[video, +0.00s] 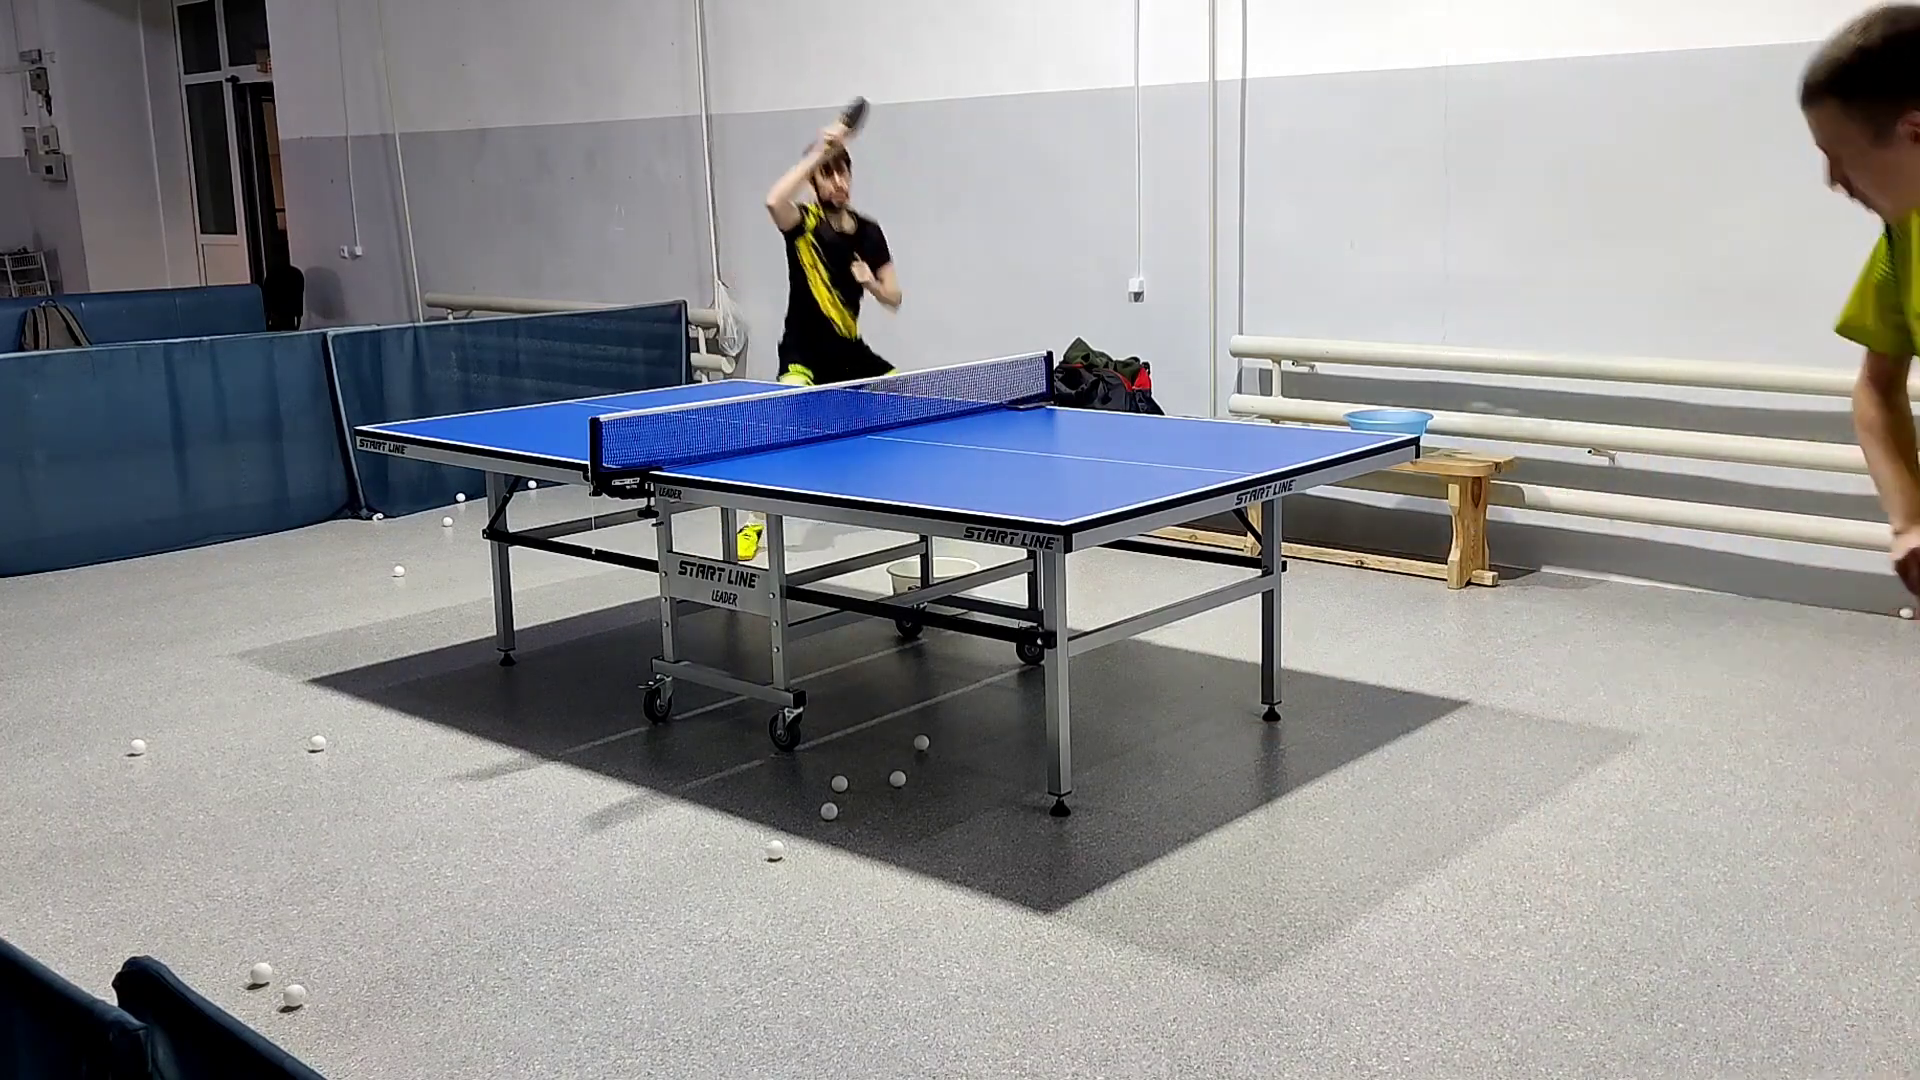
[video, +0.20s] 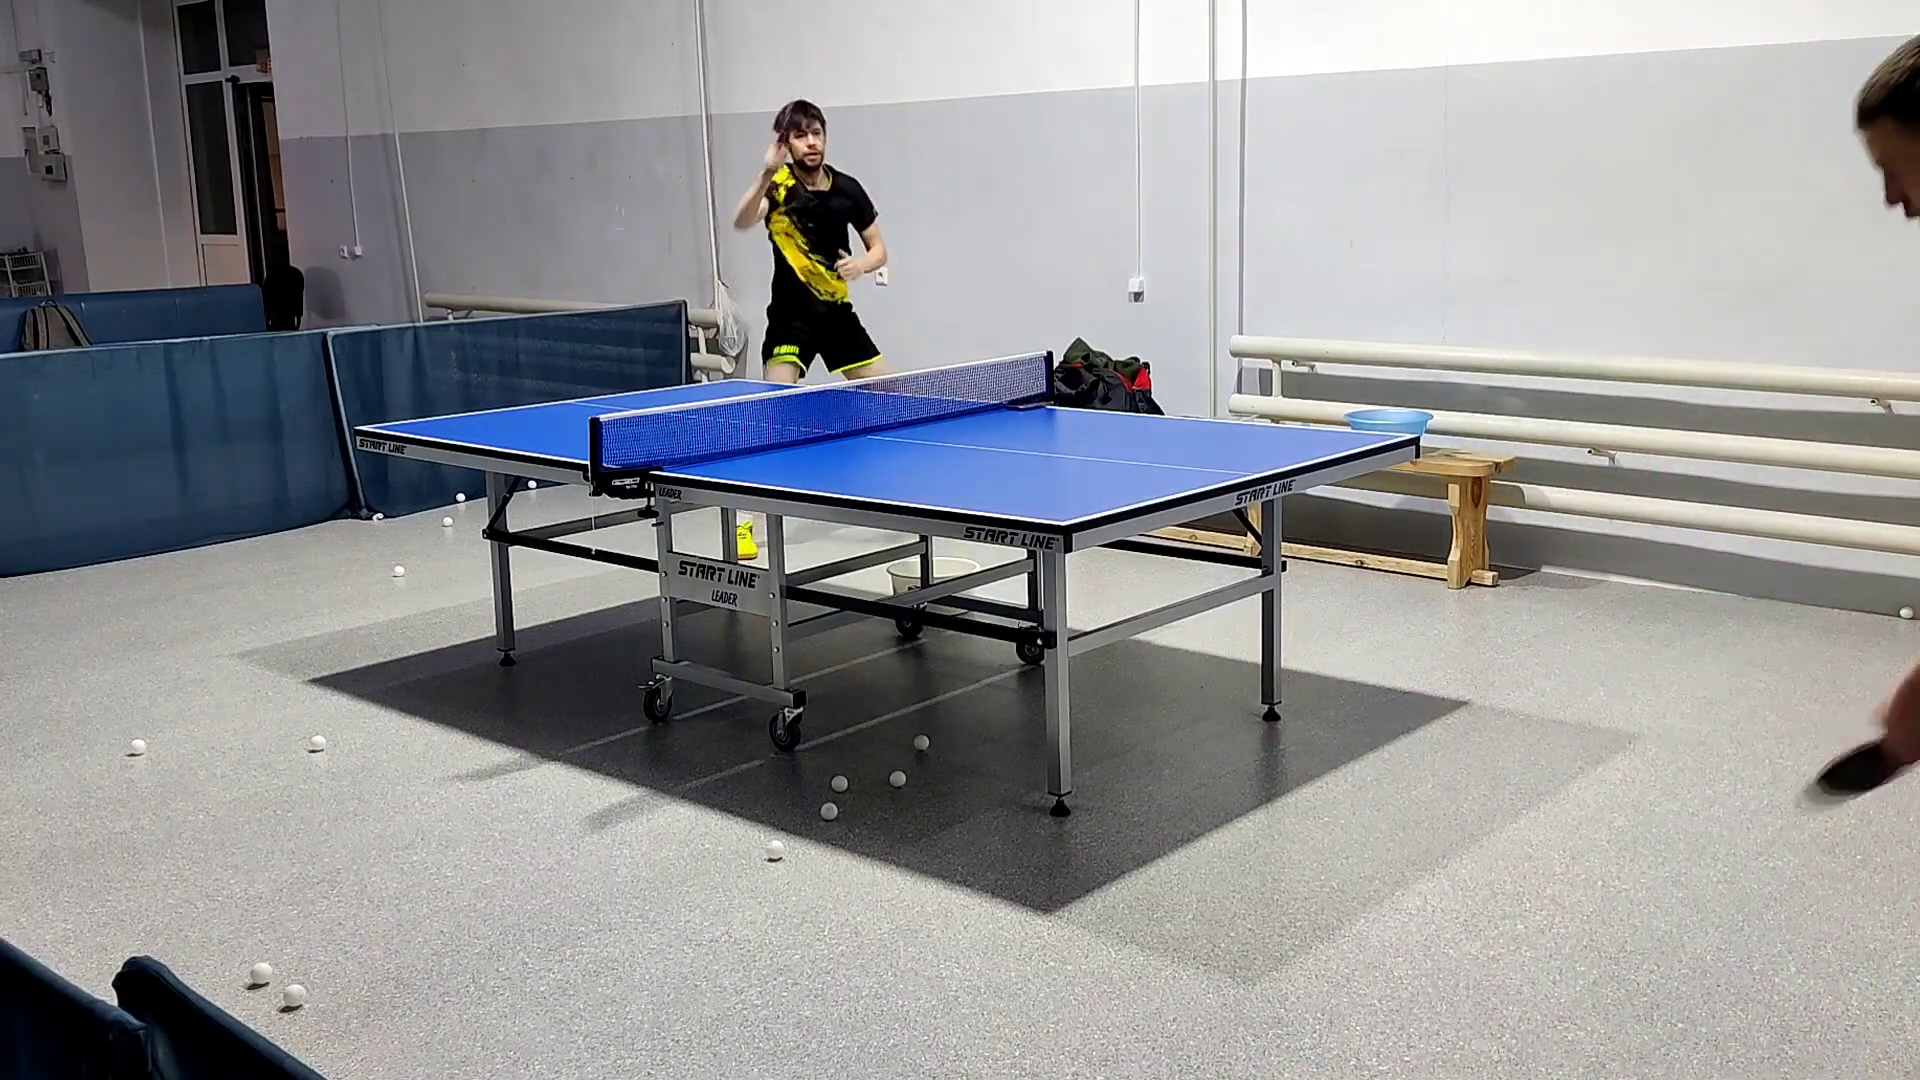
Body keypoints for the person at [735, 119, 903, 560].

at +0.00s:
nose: (837, 182)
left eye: (842, 172)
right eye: (827, 174)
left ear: (851, 176)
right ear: (814, 182)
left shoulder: (867, 231)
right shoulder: (802, 223)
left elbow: (894, 300)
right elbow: (775, 201)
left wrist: (872, 283)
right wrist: (818, 152)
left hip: (851, 352)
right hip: (804, 351)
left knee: (916, 400)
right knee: (787, 415)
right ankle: (760, 525)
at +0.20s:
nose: (810, 142)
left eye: (816, 133)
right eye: (799, 135)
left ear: (826, 137)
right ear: (785, 143)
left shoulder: (847, 189)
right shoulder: (776, 184)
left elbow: (879, 252)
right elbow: (742, 223)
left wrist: (859, 264)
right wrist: (767, 173)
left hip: (837, 314)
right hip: (790, 313)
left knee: (892, 399)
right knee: (774, 409)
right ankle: (751, 521)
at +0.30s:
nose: (800, 149)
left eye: (807, 139)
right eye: (790, 142)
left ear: (818, 144)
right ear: (778, 150)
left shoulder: (842, 196)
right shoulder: (769, 196)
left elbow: (875, 255)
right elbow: (737, 254)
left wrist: (861, 280)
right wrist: (754, 221)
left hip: (833, 321)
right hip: (785, 321)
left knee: (878, 410)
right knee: (768, 414)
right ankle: (745, 521)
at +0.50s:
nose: (779, 161)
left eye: (784, 150)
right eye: (769, 155)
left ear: (797, 152)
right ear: (758, 163)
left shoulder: (830, 200)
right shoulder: (755, 215)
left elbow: (867, 261)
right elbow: (738, 286)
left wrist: (817, 272)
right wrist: (735, 283)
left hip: (838, 328)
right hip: (783, 329)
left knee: (882, 414)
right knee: (755, 413)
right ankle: (741, 521)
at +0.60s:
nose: (758, 175)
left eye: (764, 164)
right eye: (748, 169)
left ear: (778, 165)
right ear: (741, 178)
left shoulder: (811, 207)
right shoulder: (745, 229)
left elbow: (833, 260)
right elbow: (732, 283)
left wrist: (763, 263)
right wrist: (727, 318)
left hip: (839, 327)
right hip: (787, 329)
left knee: (882, 412)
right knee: (753, 411)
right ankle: (727, 517)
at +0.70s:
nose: (730, 201)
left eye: (737, 190)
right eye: (722, 196)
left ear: (756, 189)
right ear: (718, 203)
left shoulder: (789, 226)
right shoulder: (731, 250)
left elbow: (784, 273)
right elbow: (717, 322)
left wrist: (715, 271)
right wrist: (709, 386)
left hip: (836, 342)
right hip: (786, 345)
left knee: (884, 421)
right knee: (741, 425)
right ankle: (712, 523)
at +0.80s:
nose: (699, 237)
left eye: (705, 226)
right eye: (692, 231)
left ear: (727, 223)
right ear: (690, 236)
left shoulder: (760, 253)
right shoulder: (713, 282)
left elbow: (733, 303)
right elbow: (705, 359)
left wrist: (670, 299)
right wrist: (695, 413)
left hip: (830, 358)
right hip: (782, 362)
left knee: (869, 446)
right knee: (717, 420)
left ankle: (906, 558)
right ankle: (710, 526)